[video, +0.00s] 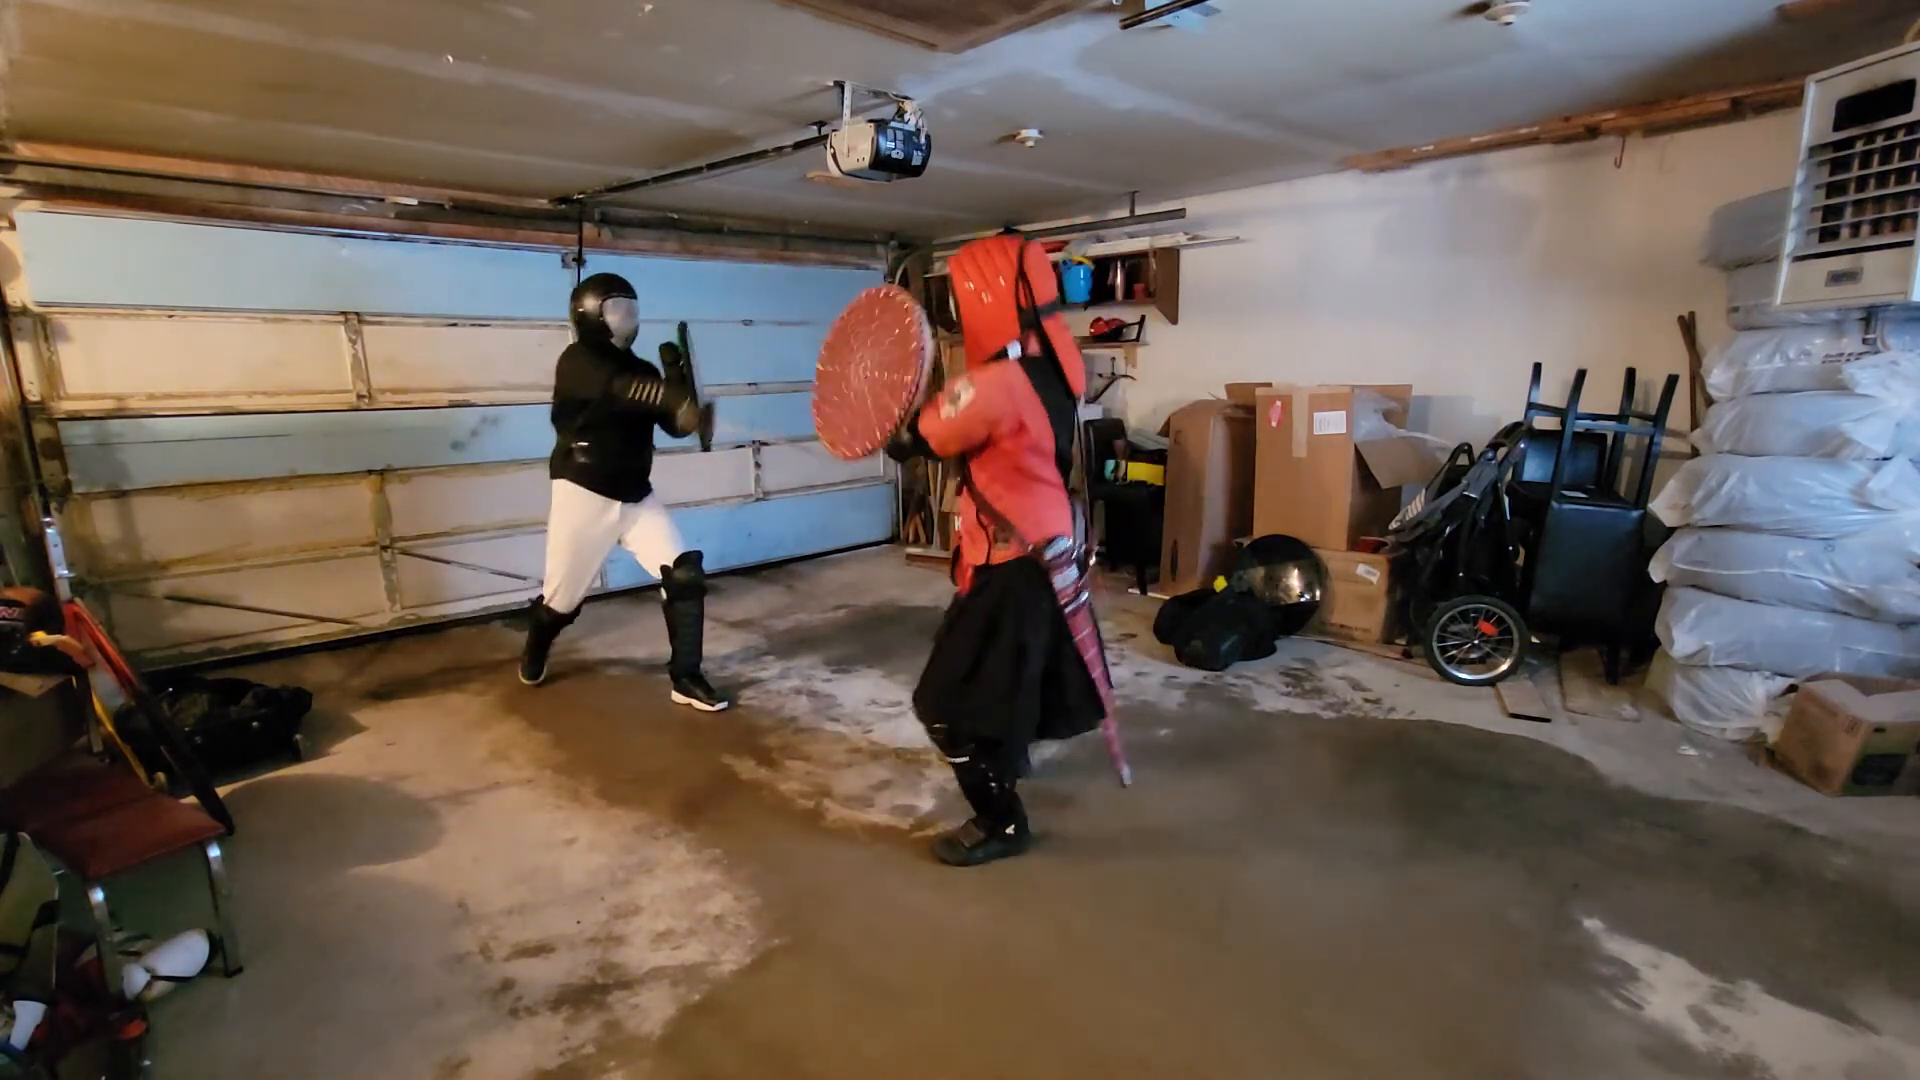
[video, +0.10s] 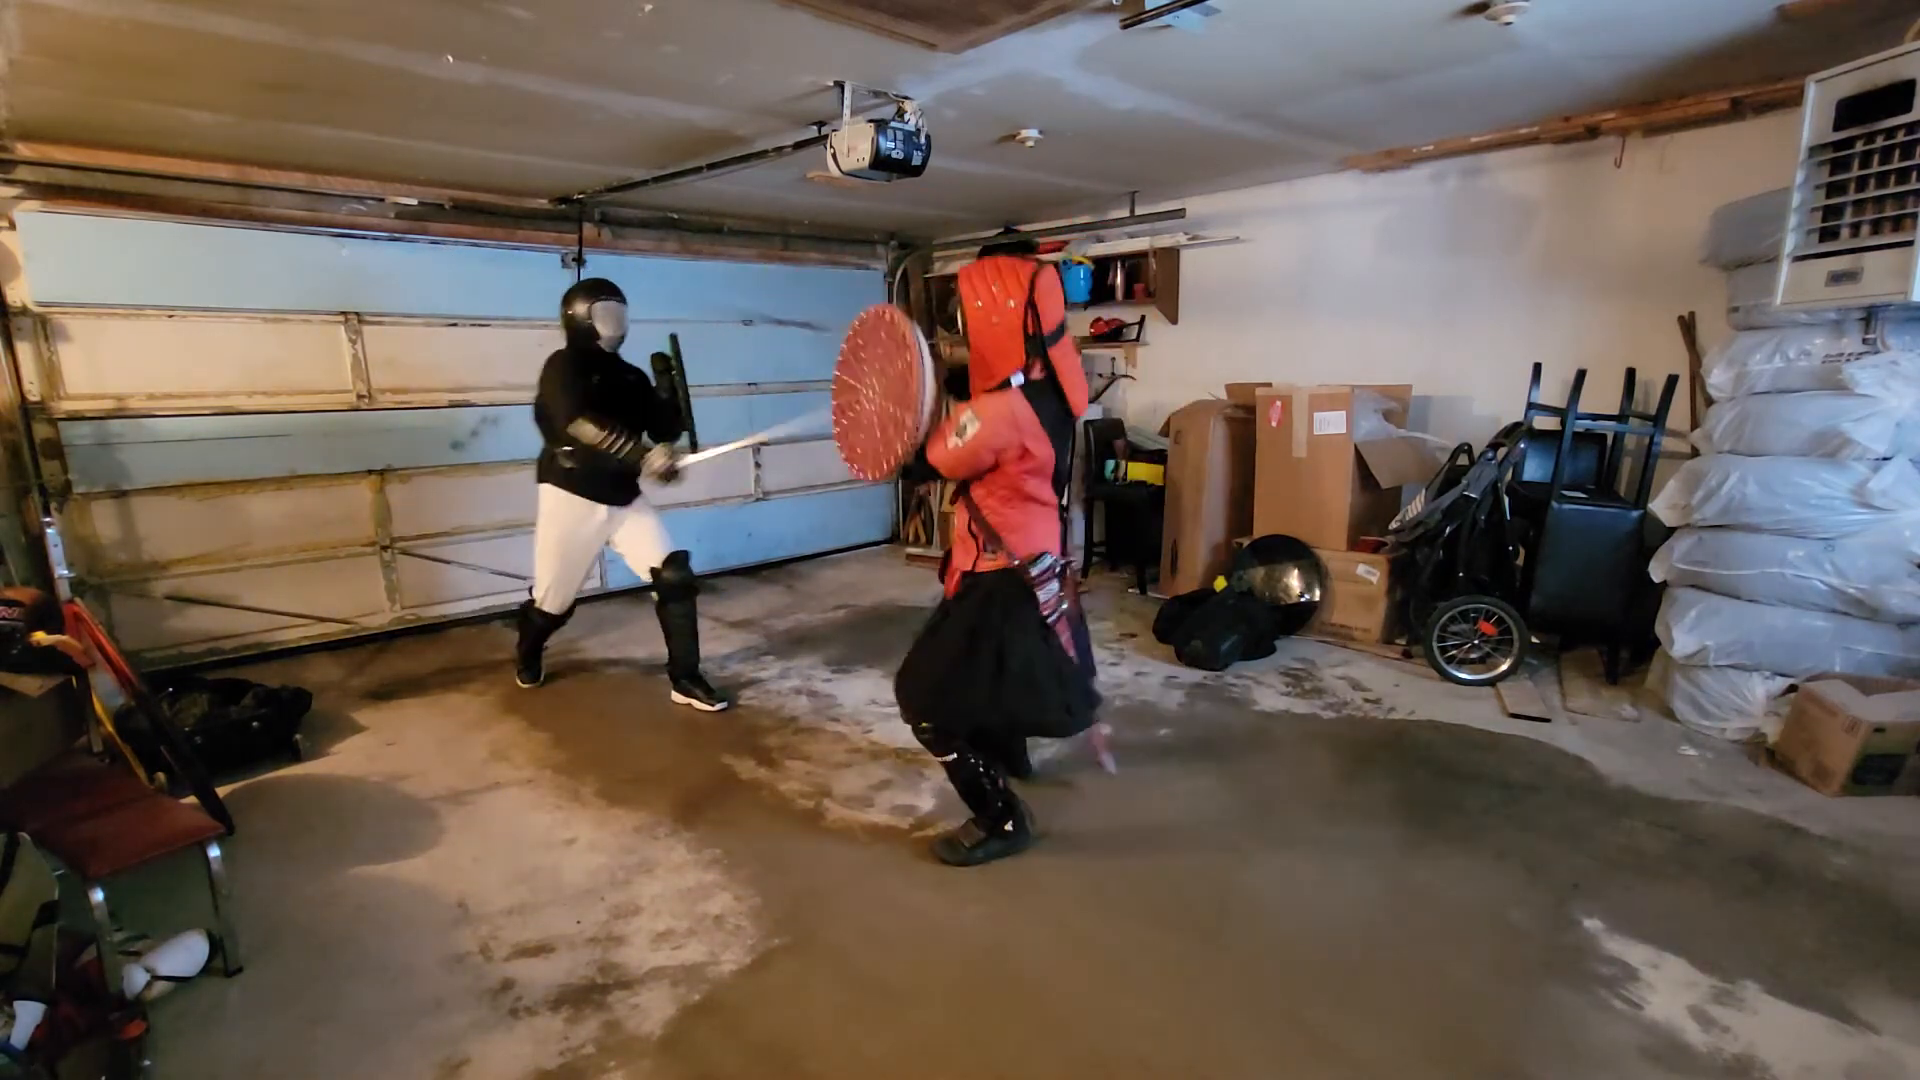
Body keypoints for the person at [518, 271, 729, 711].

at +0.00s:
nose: (630, 317)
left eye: (632, 308)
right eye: (620, 308)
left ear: (633, 313)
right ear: (593, 313)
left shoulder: (641, 370)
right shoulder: (579, 361)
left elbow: (677, 425)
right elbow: (623, 389)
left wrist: (677, 377)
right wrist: (678, 402)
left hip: (635, 497)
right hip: (582, 495)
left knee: (684, 572)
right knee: (561, 603)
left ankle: (686, 677)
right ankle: (535, 650)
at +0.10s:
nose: (619, 319)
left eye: (621, 310)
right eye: (608, 310)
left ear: (624, 315)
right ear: (581, 317)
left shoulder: (632, 378)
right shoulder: (563, 367)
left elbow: (664, 431)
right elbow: (571, 423)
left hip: (624, 500)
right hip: (570, 497)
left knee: (674, 575)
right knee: (553, 603)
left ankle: (686, 678)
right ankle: (528, 651)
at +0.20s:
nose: (603, 320)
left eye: (604, 310)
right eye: (593, 310)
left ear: (601, 315)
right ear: (565, 314)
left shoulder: (612, 374)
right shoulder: (540, 371)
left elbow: (645, 433)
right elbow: (534, 438)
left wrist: (653, 389)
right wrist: (588, 477)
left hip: (605, 496)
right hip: (549, 496)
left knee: (651, 576)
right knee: (537, 592)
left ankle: (684, 676)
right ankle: (530, 666)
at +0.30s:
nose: (588, 318)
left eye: (587, 308)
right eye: (579, 308)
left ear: (577, 316)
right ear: (549, 312)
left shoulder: (595, 371)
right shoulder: (517, 370)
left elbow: (625, 428)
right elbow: (503, 444)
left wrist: (643, 391)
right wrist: (553, 474)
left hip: (587, 492)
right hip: (532, 493)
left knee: (634, 567)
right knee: (528, 588)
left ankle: (665, 662)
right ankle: (531, 661)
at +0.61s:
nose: (557, 312)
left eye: (558, 303)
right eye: (548, 303)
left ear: (554, 308)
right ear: (520, 307)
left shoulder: (571, 363)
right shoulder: (488, 363)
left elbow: (608, 418)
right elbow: (461, 433)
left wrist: (614, 374)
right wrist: (498, 466)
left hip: (575, 486)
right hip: (520, 489)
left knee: (608, 575)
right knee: (525, 582)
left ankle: (599, 646)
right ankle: (531, 661)